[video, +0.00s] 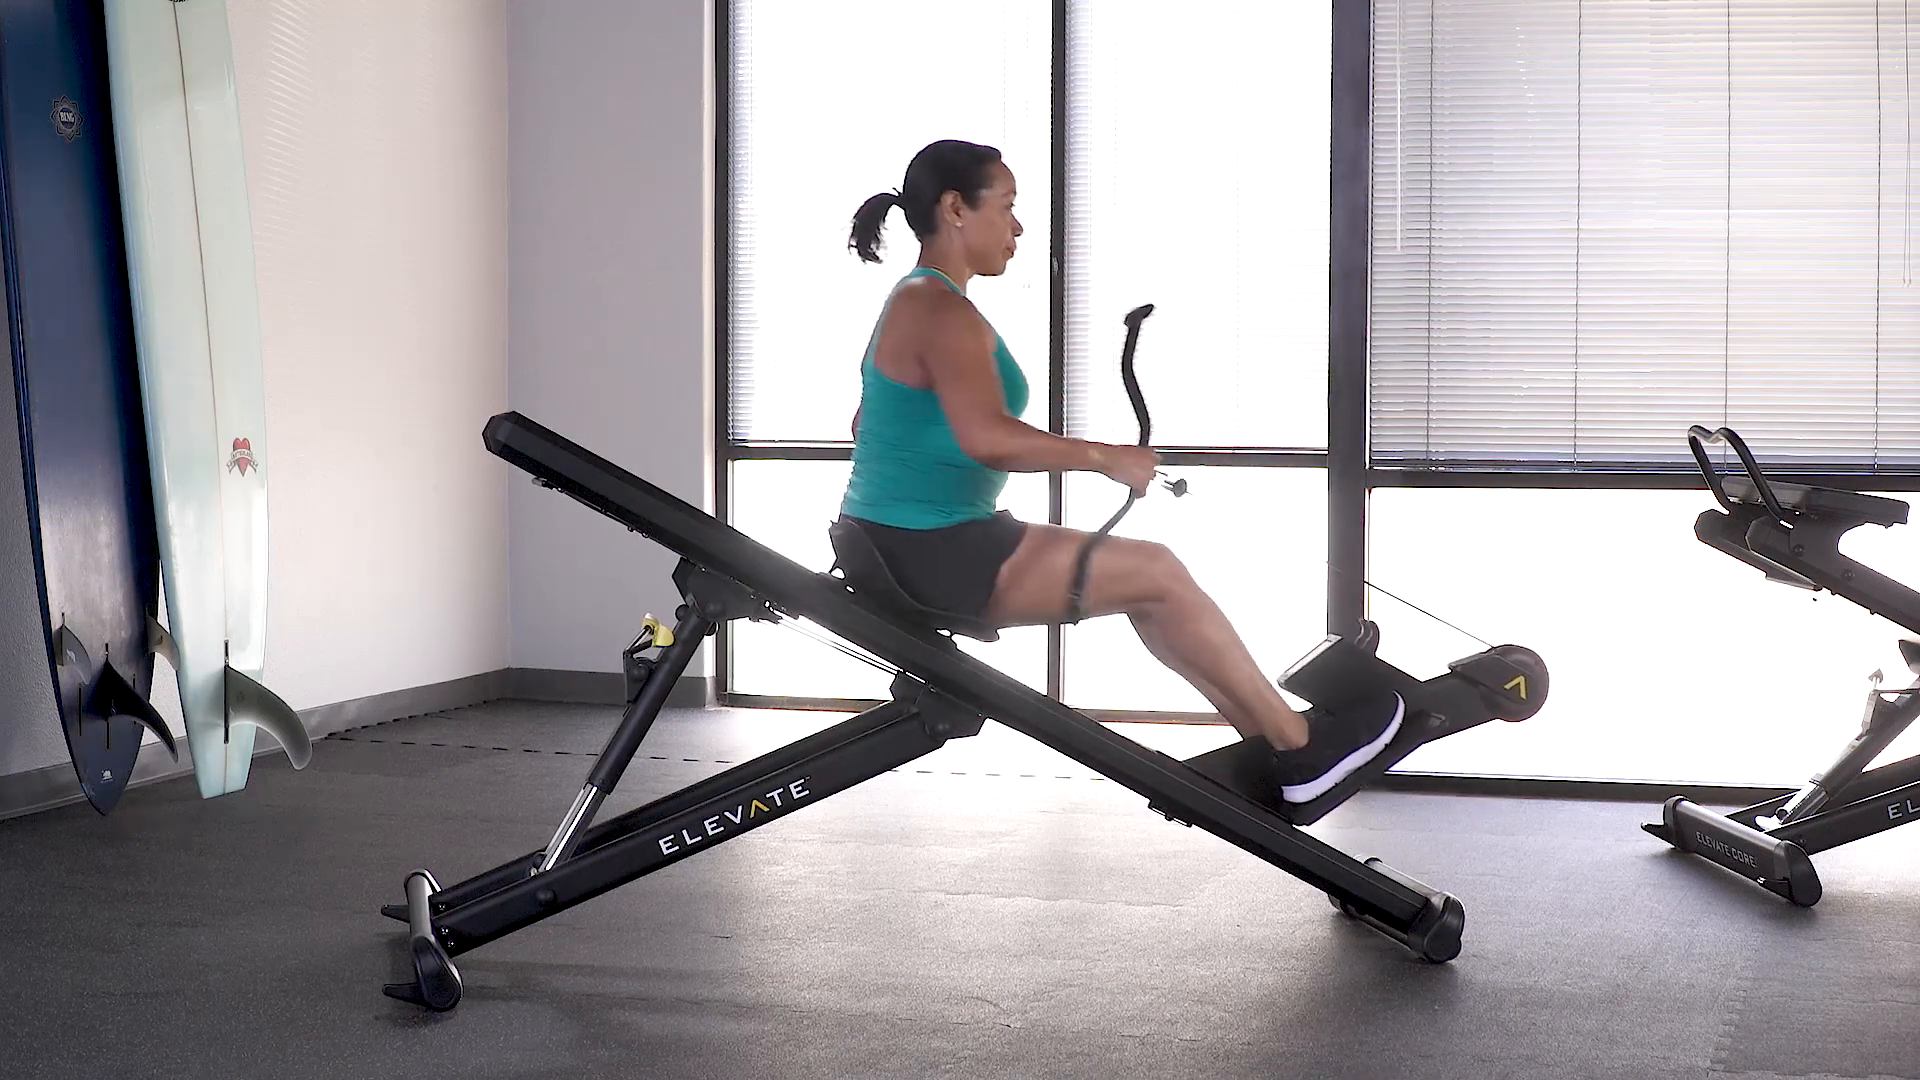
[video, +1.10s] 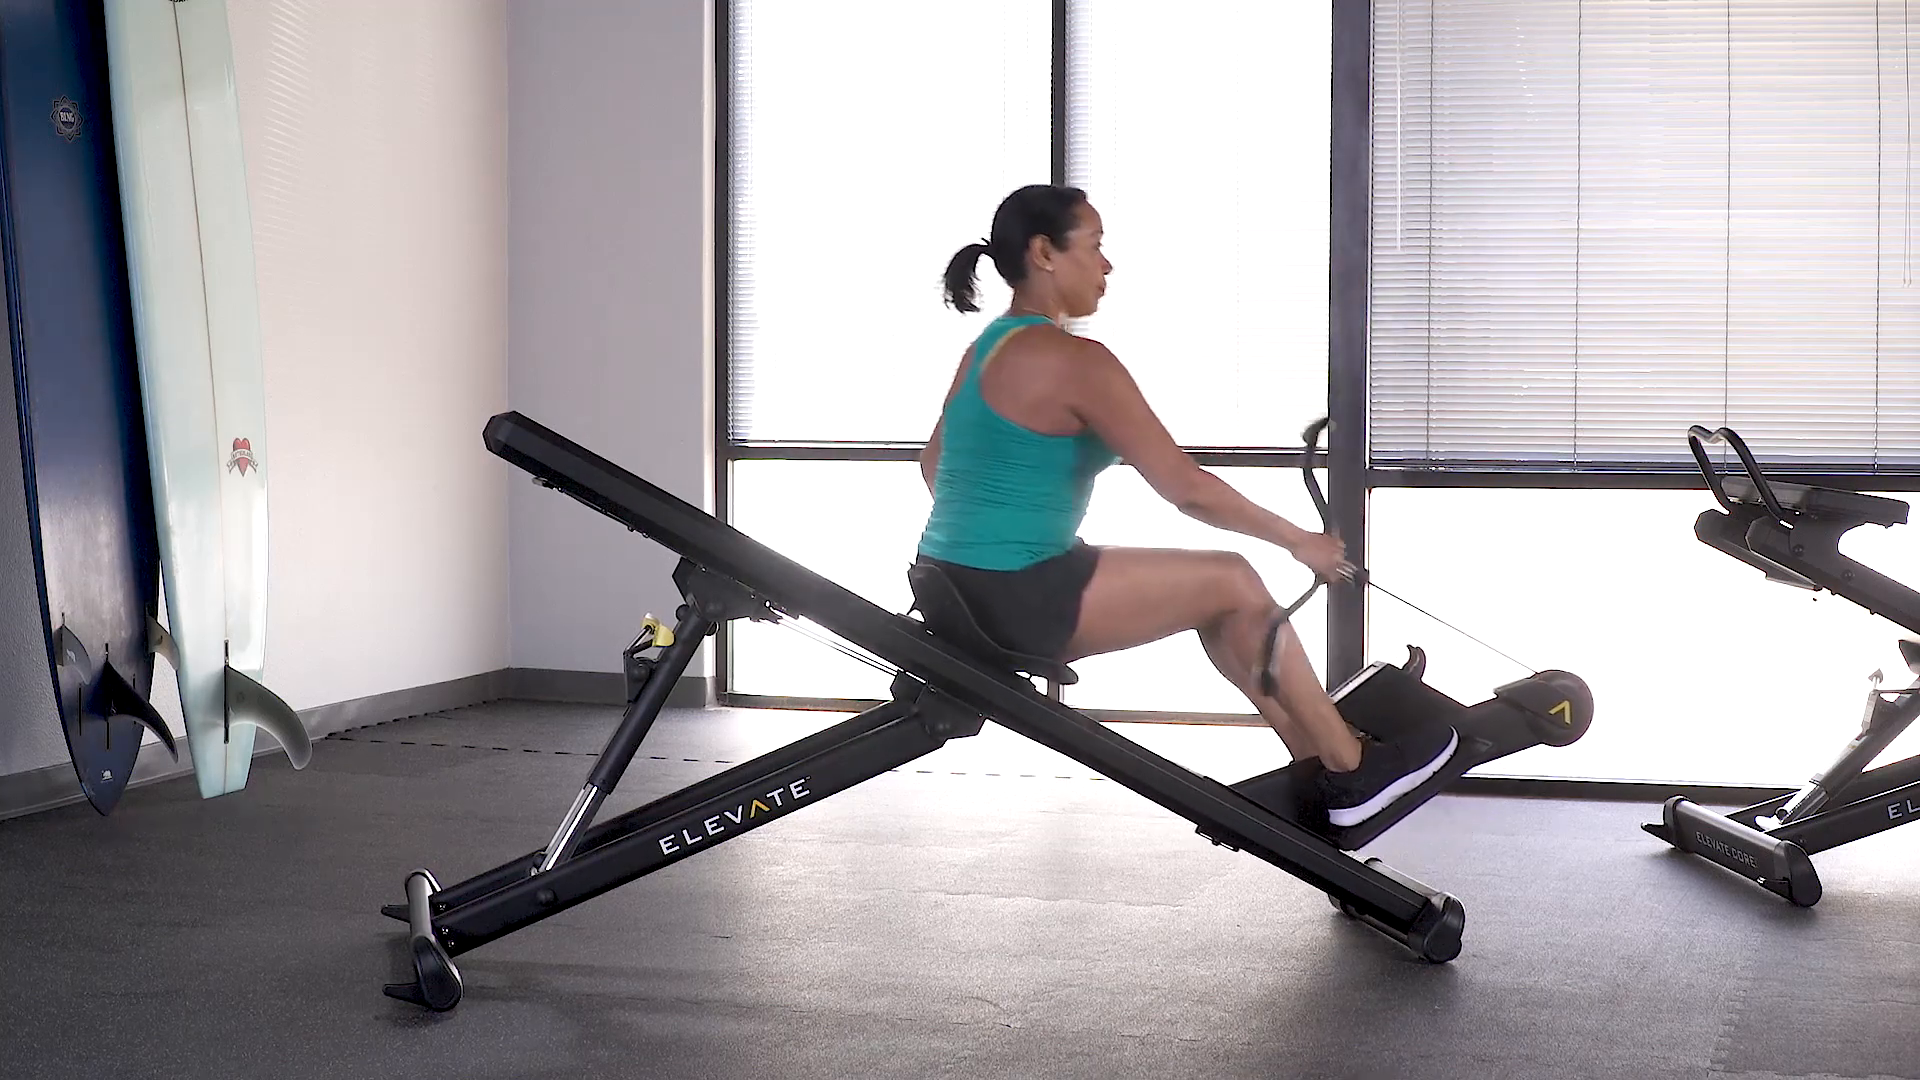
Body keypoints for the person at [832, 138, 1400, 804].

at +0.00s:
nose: (1018, 223)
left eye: (1014, 205)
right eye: (1007, 205)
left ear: (953, 213)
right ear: (954, 210)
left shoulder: (915, 303)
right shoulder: (942, 311)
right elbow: (984, 435)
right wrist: (1102, 458)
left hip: (901, 542)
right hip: (922, 549)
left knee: (1145, 581)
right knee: (1156, 571)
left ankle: (1269, 732)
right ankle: (1297, 744)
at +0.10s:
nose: (1068, 250)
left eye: (1065, 232)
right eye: (1056, 231)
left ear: (1002, 238)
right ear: (1005, 236)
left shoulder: (954, 328)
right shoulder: (1008, 338)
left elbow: (905, 450)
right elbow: (1090, 467)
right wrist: (1200, 491)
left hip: (927, 570)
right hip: (973, 576)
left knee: (1184, 577)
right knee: (1196, 565)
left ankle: (1291, 741)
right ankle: (1323, 754)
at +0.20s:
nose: (1121, 277)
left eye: (1116, 259)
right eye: (1109, 259)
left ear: (1051, 264)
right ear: (1057, 263)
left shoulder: (1002, 351)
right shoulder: (1078, 370)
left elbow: (941, 464)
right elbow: (1180, 493)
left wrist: (999, 533)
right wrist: (1292, 529)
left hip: (965, 589)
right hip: (1022, 603)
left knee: (1224, 575)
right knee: (1246, 572)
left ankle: (1310, 753)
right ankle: (1348, 765)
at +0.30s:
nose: (1167, 299)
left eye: (1163, 281)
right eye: (1156, 281)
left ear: (1097, 288)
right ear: (1104, 286)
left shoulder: (1040, 380)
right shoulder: (1140, 398)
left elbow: (974, 486)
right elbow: (1258, 520)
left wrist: (1028, 562)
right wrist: (1360, 561)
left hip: (997, 612)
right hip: (1071, 625)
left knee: (1252, 571)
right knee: (1281, 578)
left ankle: (1326, 757)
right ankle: (1367, 772)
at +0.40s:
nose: (1206, 319)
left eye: (1202, 302)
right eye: (1195, 302)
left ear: (1139, 310)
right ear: (1144, 307)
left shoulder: (1079, 395)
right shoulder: (1191, 422)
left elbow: (1005, 503)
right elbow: (1313, 531)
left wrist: (1062, 579)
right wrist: (1416, 589)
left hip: (1028, 628)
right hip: (1101, 644)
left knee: (1285, 575)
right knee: (1315, 579)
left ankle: (1343, 763)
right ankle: (1383, 782)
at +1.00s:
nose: (1168, 293)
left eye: (1162, 276)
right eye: (1155, 276)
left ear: (1097, 290)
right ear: (1105, 288)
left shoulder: (1044, 378)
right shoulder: (1157, 400)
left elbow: (980, 485)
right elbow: (1277, 520)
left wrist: (1039, 560)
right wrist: (1378, 576)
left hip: (996, 608)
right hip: (1066, 622)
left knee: (1257, 581)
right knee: (1281, 580)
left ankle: (1335, 762)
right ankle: (1372, 771)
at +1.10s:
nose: (1106, 262)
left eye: (1101, 245)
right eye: (1094, 245)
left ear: (1038, 255)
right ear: (1043, 254)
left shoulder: (989, 345)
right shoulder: (1081, 363)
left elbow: (934, 460)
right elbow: (1188, 488)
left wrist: (995, 529)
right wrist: (1301, 539)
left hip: (950, 586)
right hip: (1015, 595)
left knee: (1217, 588)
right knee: (1235, 581)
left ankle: (1315, 754)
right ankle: (1350, 765)